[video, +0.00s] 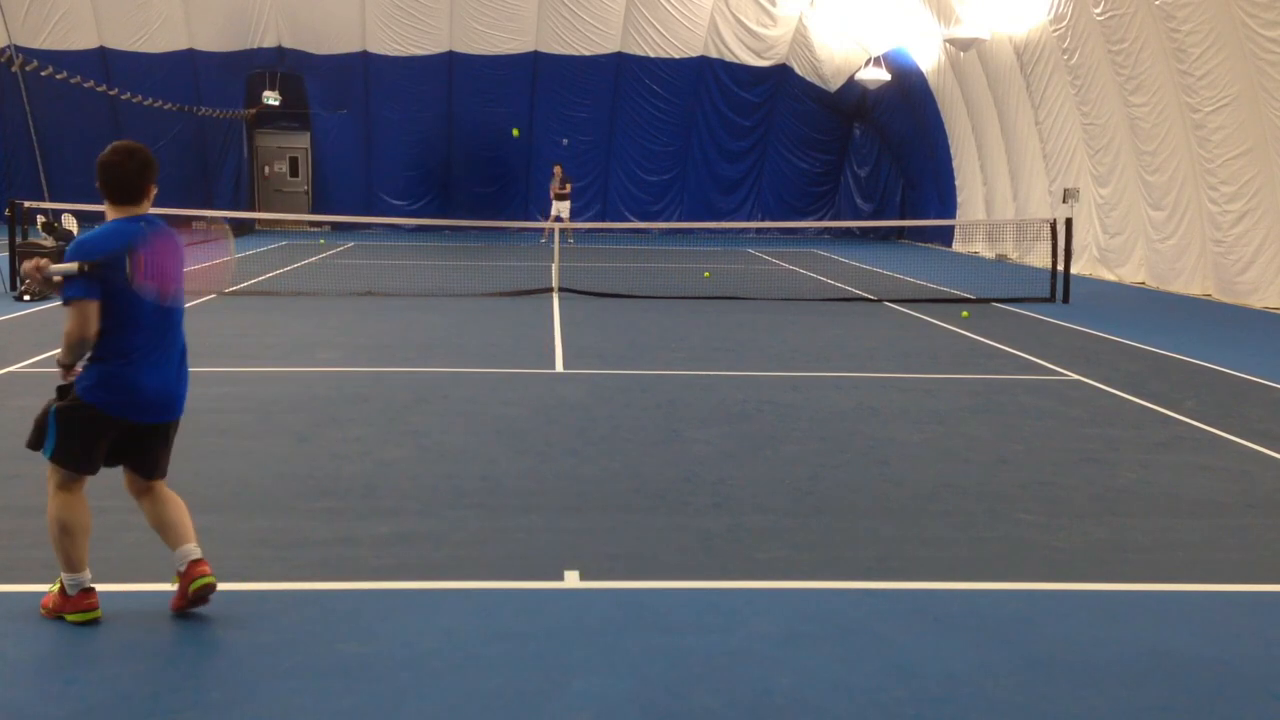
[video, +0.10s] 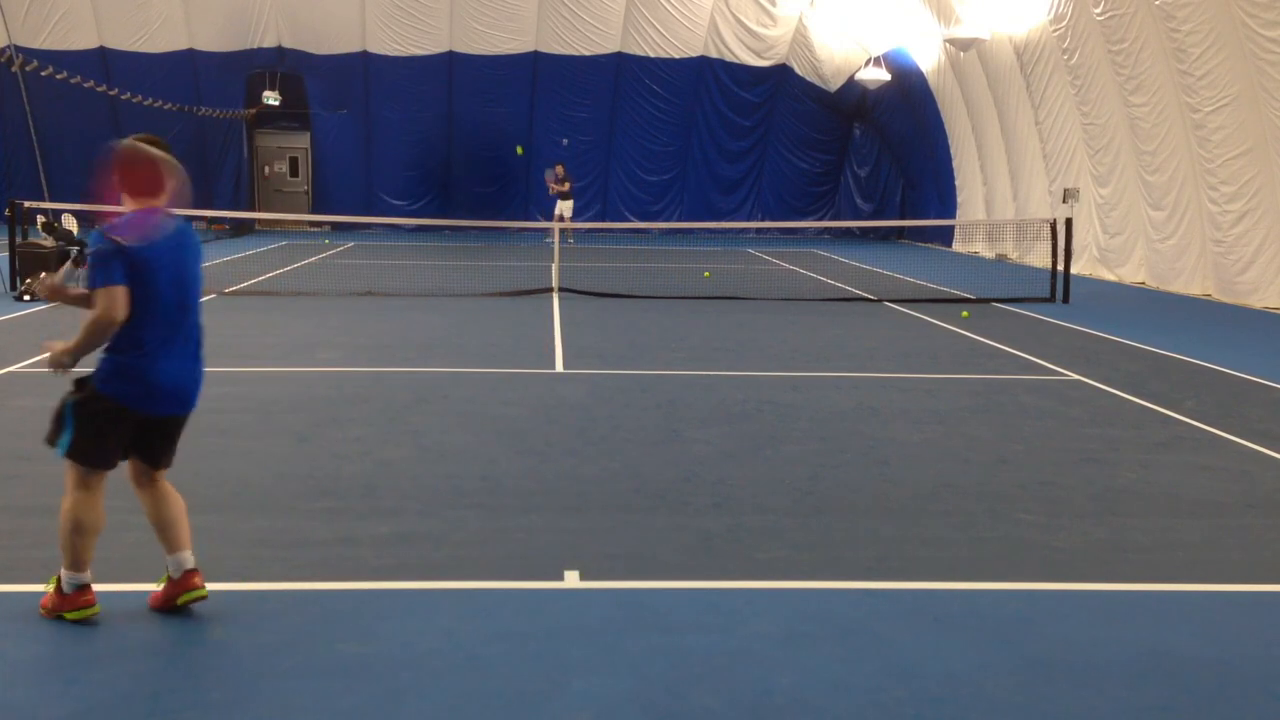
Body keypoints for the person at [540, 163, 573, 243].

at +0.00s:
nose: (556, 171)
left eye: (558, 169)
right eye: (555, 169)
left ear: (561, 170)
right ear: (553, 171)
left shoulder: (566, 179)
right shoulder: (553, 180)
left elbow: (568, 190)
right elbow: (551, 188)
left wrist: (557, 191)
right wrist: (552, 194)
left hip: (565, 201)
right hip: (556, 200)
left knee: (566, 219)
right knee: (552, 218)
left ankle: (570, 237)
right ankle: (545, 236)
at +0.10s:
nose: (558, 171)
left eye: (559, 169)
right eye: (556, 169)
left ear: (563, 169)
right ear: (555, 170)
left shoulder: (567, 178)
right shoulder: (556, 179)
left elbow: (566, 189)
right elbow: (555, 191)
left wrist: (555, 186)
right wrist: (552, 189)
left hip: (568, 200)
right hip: (560, 199)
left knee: (567, 219)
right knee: (556, 218)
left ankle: (570, 237)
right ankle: (552, 236)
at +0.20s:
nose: (558, 170)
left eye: (560, 168)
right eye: (557, 168)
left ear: (563, 168)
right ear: (556, 169)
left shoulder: (567, 176)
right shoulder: (559, 177)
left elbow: (561, 185)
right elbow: (555, 188)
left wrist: (551, 180)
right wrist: (548, 181)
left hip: (571, 198)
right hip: (563, 198)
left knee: (569, 216)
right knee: (561, 216)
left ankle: (571, 237)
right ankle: (563, 236)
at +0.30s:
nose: (559, 170)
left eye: (561, 168)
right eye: (558, 168)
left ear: (564, 168)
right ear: (557, 169)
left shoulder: (566, 176)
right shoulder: (560, 177)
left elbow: (559, 183)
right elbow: (551, 185)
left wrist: (550, 175)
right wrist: (549, 177)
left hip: (573, 198)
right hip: (566, 198)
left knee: (574, 217)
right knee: (566, 217)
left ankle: (577, 236)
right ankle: (568, 235)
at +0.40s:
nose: (560, 172)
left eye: (561, 170)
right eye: (559, 170)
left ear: (565, 170)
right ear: (558, 171)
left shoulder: (567, 178)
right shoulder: (563, 179)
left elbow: (558, 183)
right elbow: (557, 187)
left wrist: (548, 176)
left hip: (575, 200)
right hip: (568, 201)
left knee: (577, 218)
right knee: (567, 218)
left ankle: (587, 234)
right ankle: (570, 236)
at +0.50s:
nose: (560, 174)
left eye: (561, 172)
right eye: (560, 172)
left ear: (566, 172)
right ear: (561, 174)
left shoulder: (569, 180)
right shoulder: (566, 182)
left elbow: (561, 185)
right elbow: (566, 193)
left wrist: (548, 184)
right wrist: (557, 190)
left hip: (577, 201)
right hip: (570, 201)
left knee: (581, 220)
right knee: (567, 219)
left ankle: (593, 234)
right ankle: (570, 236)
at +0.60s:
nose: (563, 175)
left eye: (564, 173)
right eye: (562, 174)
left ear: (568, 172)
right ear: (562, 174)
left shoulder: (573, 179)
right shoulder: (568, 181)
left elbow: (569, 186)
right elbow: (570, 193)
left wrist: (560, 191)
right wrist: (567, 201)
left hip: (580, 201)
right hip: (573, 201)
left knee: (584, 219)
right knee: (569, 218)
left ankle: (594, 235)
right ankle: (570, 237)